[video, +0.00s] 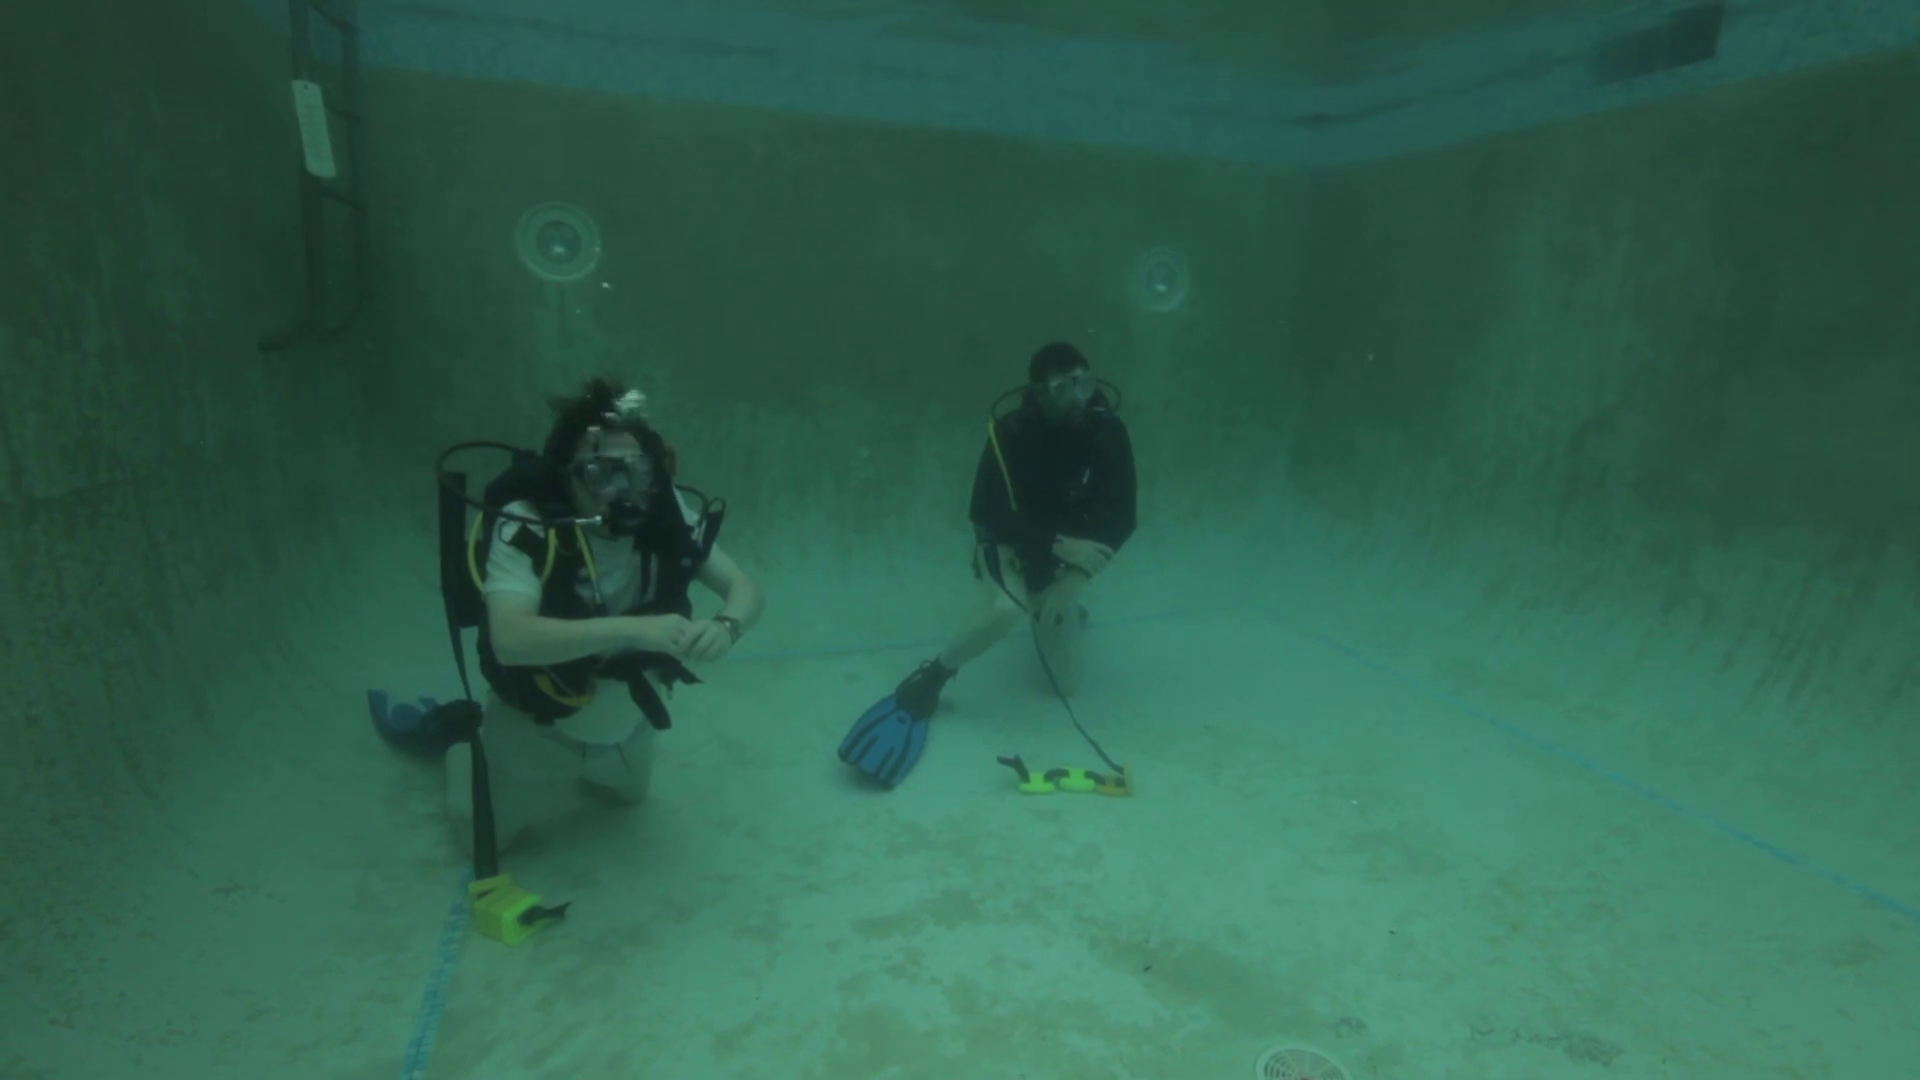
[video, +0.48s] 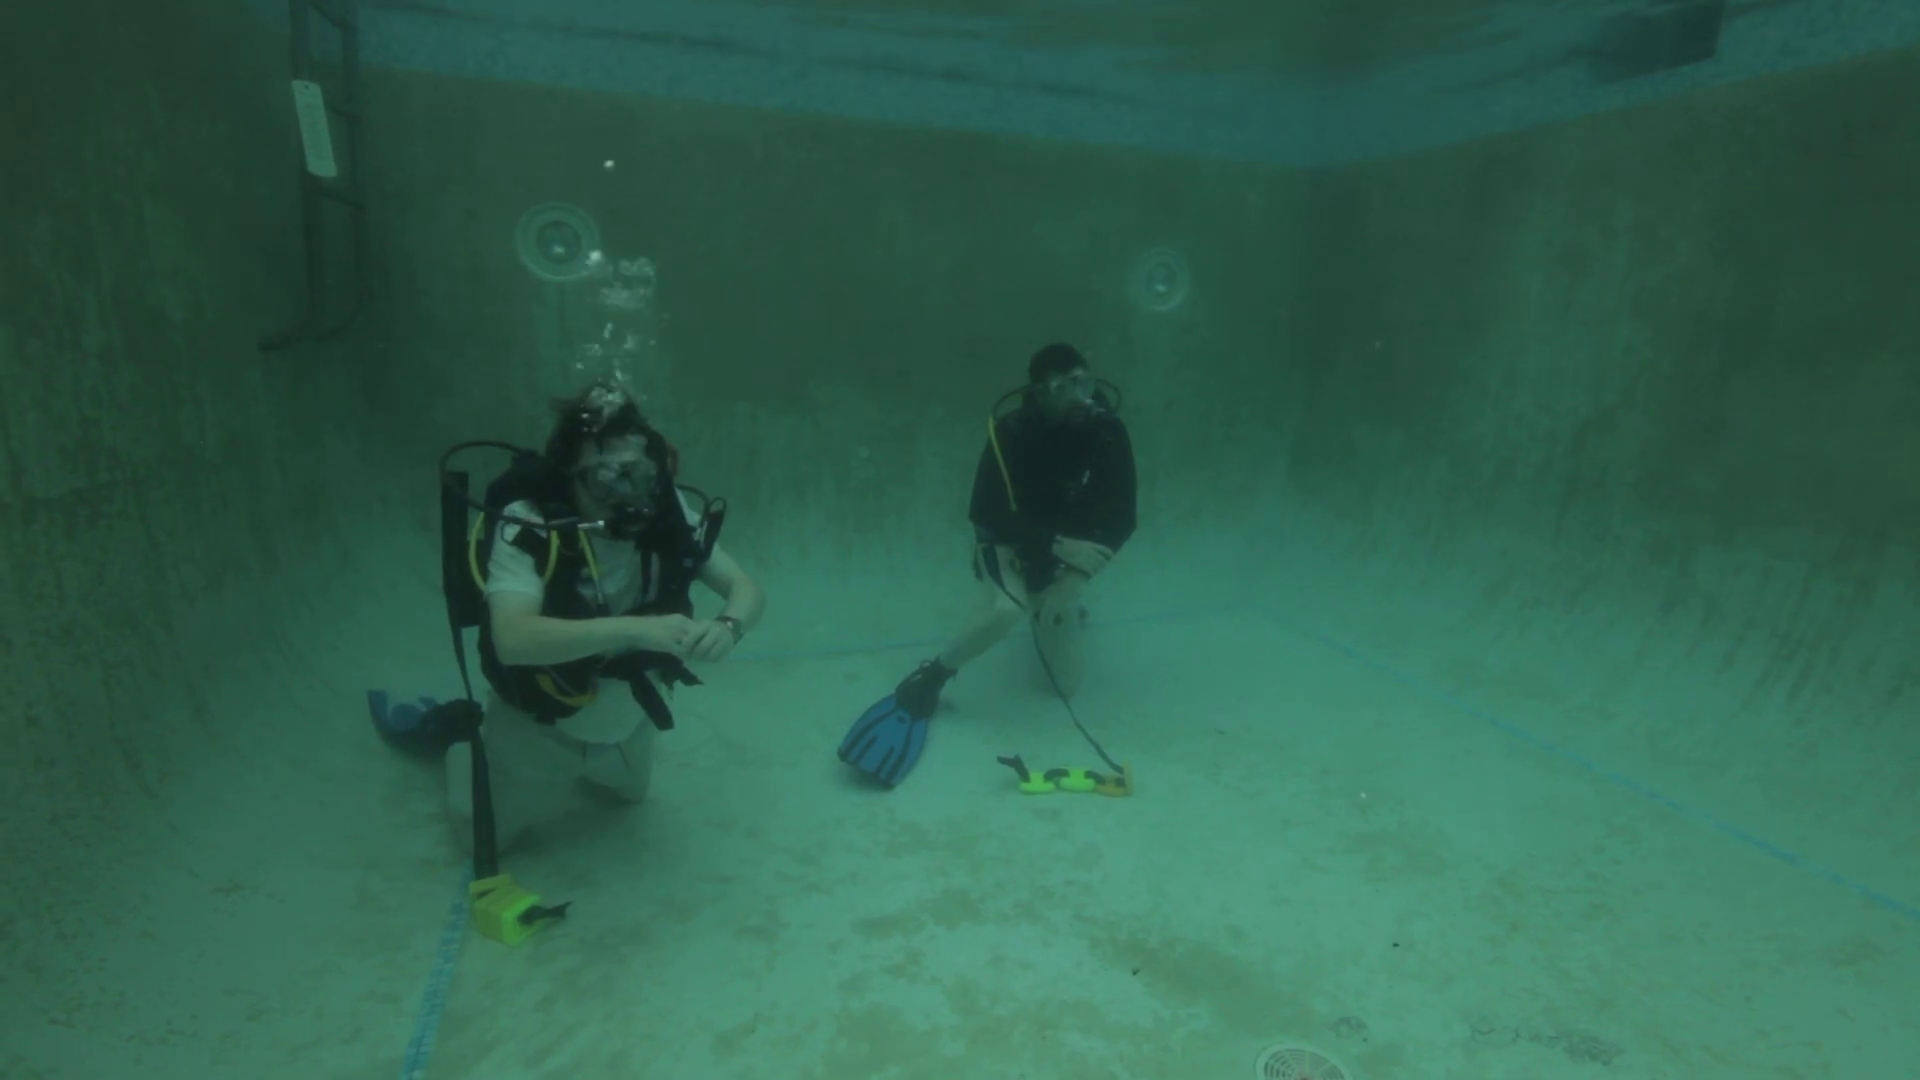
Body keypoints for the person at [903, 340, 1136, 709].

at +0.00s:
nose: (1075, 396)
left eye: (1082, 383)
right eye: (1062, 387)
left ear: (1092, 384)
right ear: (1038, 392)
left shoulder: (1106, 431)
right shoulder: (1012, 430)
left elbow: (1121, 519)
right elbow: (986, 512)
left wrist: (1071, 584)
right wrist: (1055, 542)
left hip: (1073, 550)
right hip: (1011, 542)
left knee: (1066, 682)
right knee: (1007, 610)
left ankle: (1068, 614)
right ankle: (933, 675)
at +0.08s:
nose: (1075, 397)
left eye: (1081, 384)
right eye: (1062, 387)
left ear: (1091, 384)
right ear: (1038, 392)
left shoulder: (1107, 431)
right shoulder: (1012, 431)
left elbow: (1121, 519)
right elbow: (986, 512)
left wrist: (1071, 585)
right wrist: (1056, 543)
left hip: (1072, 550)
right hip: (1010, 542)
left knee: (1066, 682)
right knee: (1007, 610)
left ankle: (1068, 614)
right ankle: (932, 677)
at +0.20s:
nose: (1073, 396)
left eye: (1080, 383)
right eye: (1060, 387)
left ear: (1091, 383)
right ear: (1038, 392)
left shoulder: (1107, 431)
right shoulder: (1012, 430)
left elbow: (1121, 517)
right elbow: (986, 511)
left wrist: (1074, 580)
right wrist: (1057, 542)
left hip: (1075, 548)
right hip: (1012, 542)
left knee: (1066, 682)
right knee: (1007, 610)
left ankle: (1068, 614)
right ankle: (932, 675)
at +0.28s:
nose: (1073, 397)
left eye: (1080, 384)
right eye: (1060, 387)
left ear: (1091, 385)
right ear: (1037, 391)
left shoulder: (1107, 431)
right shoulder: (1013, 430)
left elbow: (1122, 517)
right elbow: (986, 512)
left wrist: (1072, 580)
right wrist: (1058, 543)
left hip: (1073, 552)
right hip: (1012, 544)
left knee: (1067, 683)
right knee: (1007, 610)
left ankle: (1069, 614)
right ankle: (933, 676)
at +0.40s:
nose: (1074, 396)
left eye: (1080, 384)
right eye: (1061, 387)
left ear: (1090, 383)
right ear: (1038, 392)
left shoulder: (1106, 432)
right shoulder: (1012, 431)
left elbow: (1121, 518)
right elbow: (986, 511)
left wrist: (1074, 578)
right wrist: (1055, 543)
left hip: (1073, 552)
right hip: (1011, 544)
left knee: (1067, 683)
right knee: (1006, 611)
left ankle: (1067, 613)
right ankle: (932, 676)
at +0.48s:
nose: (1077, 396)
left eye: (1082, 383)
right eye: (1063, 387)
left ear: (1092, 383)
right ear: (1039, 392)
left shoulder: (1107, 431)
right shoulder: (1012, 431)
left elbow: (1122, 516)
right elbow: (986, 511)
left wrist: (1075, 578)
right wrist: (1056, 543)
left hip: (1072, 550)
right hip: (1010, 543)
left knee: (1067, 683)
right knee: (1008, 609)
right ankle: (933, 675)